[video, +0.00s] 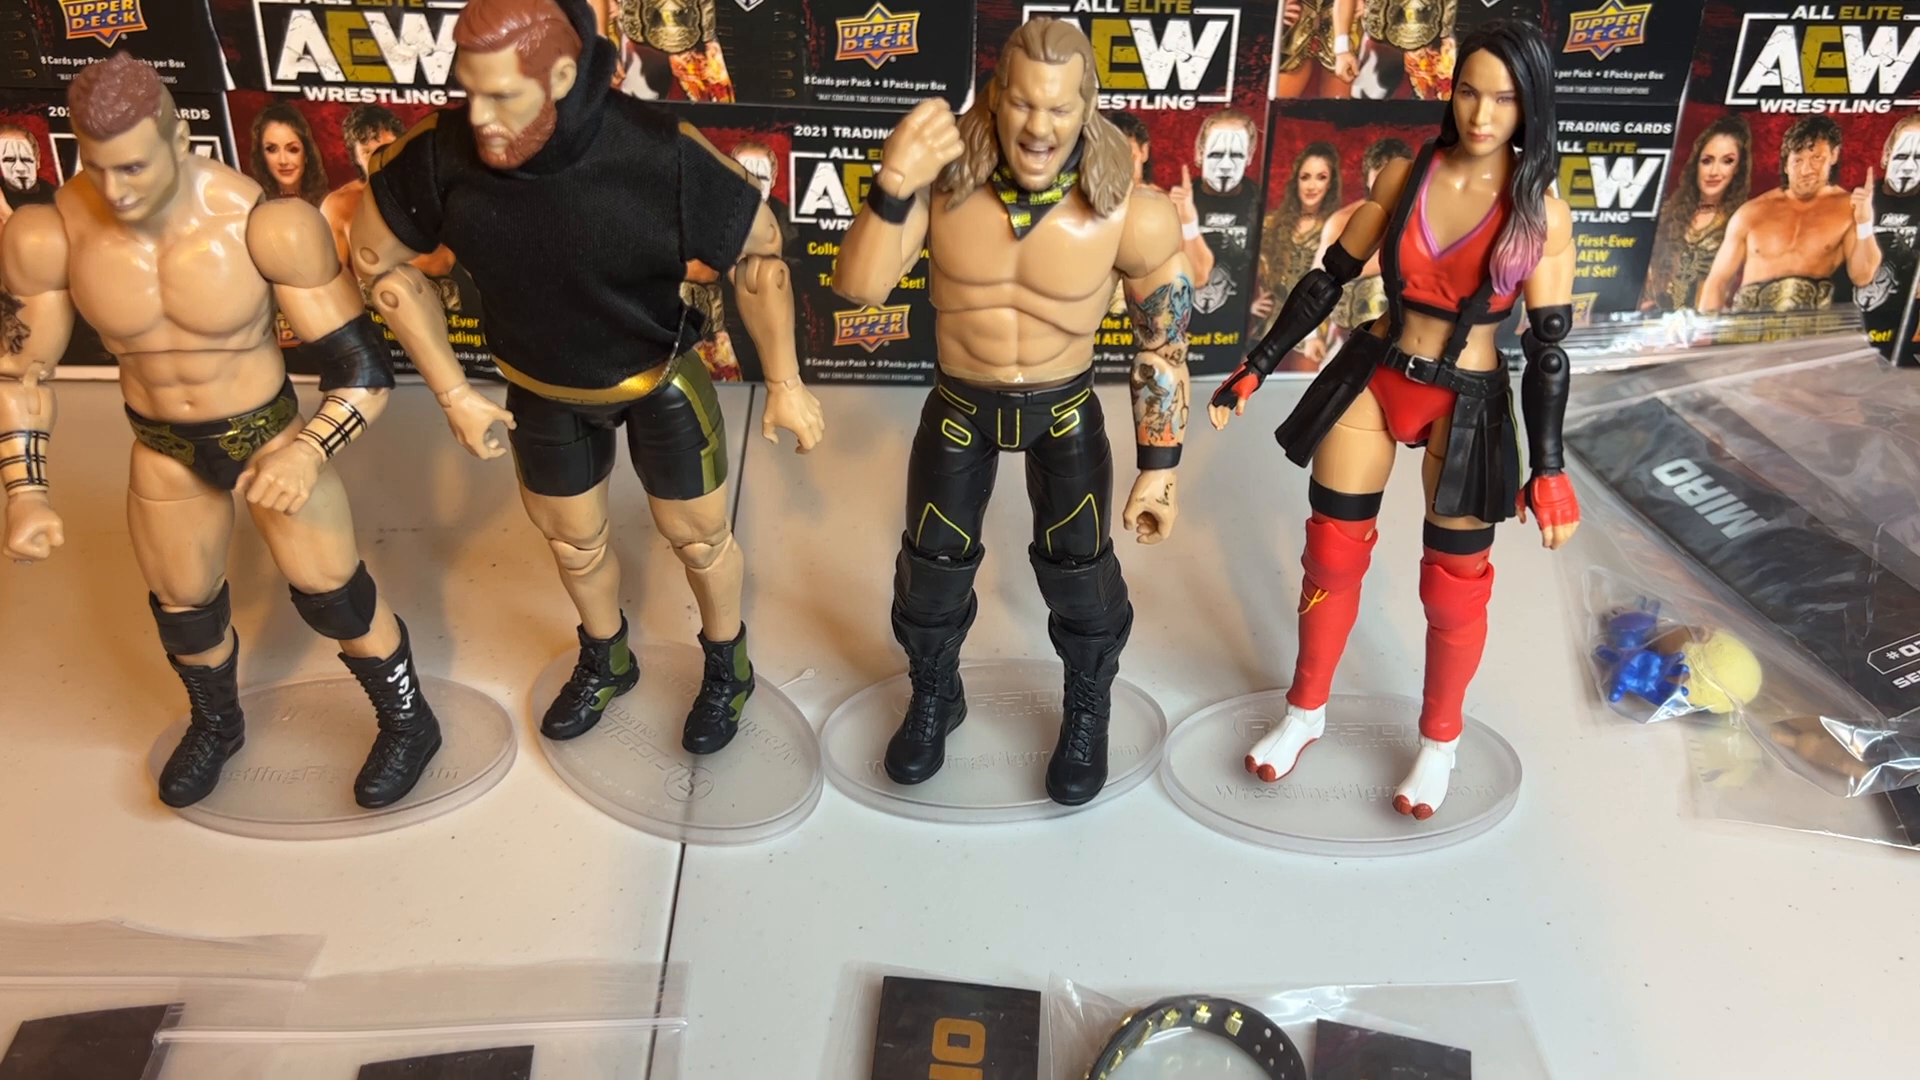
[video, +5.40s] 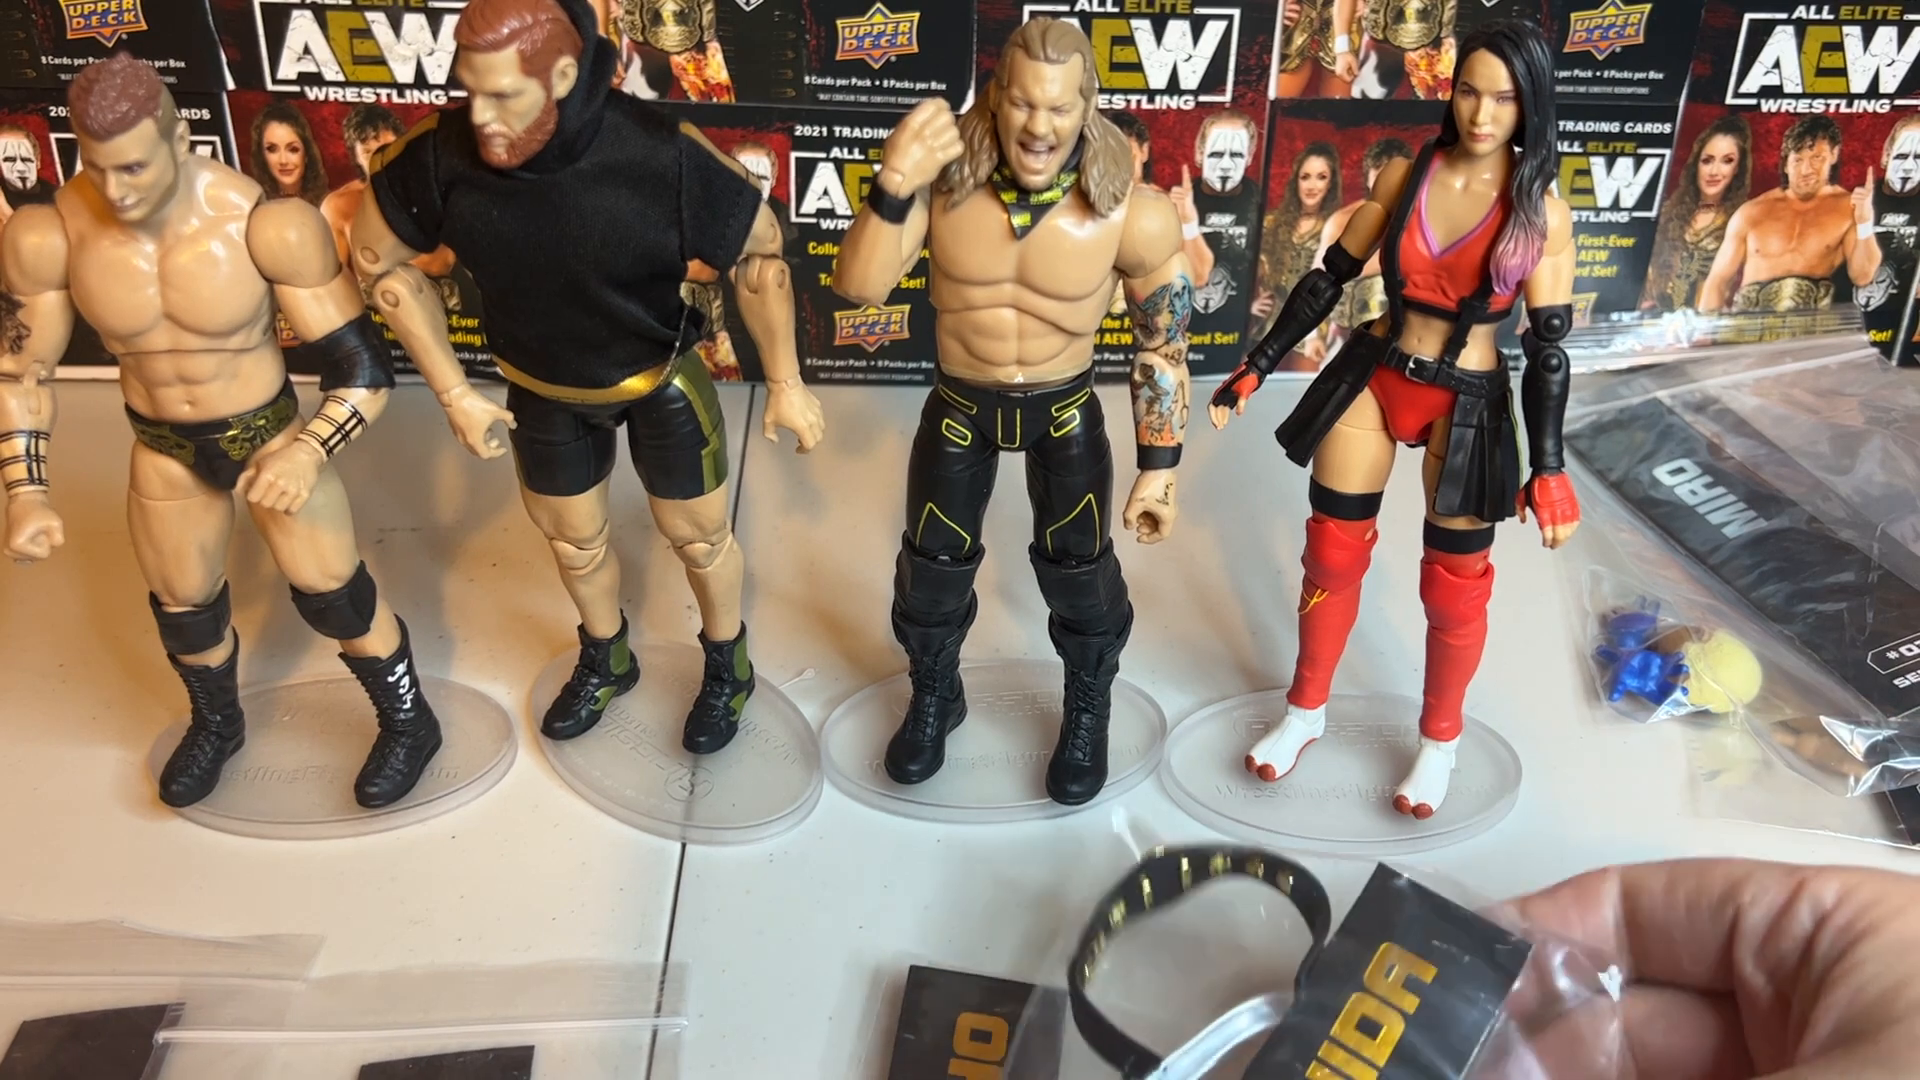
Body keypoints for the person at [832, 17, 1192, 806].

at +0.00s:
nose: (1039, 127)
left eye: (1060, 109)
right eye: (1024, 104)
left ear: (1086, 107)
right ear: (995, 95)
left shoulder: (1129, 207)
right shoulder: (944, 176)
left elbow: (1163, 338)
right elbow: (857, 287)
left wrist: (1161, 464)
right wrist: (892, 190)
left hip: (1064, 408)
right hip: (959, 403)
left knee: (1078, 568)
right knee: (932, 562)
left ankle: (1086, 714)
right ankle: (932, 699)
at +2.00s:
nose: (1040, 127)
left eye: (1060, 109)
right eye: (1024, 104)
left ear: (1087, 106)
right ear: (995, 94)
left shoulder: (1130, 208)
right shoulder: (944, 177)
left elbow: (1163, 339)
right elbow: (858, 287)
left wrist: (1161, 465)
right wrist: (892, 189)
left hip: (1064, 408)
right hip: (958, 403)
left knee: (1078, 569)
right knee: (933, 563)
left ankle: (1086, 713)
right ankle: (932, 699)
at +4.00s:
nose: (1040, 127)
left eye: (1060, 109)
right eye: (1024, 104)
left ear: (1087, 107)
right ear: (995, 95)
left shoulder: (1129, 208)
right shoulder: (944, 177)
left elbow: (1163, 339)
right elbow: (857, 287)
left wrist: (1161, 465)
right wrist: (892, 189)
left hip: (1064, 408)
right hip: (958, 403)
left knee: (1077, 569)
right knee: (932, 563)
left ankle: (1086, 712)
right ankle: (933, 699)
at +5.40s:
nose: (1040, 126)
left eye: (1060, 109)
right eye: (1024, 104)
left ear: (1086, 106)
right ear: (995, 95)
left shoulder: (1130, 207)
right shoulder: (944, 176)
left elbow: (1162, 337)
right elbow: (857, 287)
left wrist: (1161, 464)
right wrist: (892, 190)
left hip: (1064, 408)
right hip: (959, 403)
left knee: (1078, 569)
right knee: (932, 563)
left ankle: (1086, 712)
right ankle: (933, 699)